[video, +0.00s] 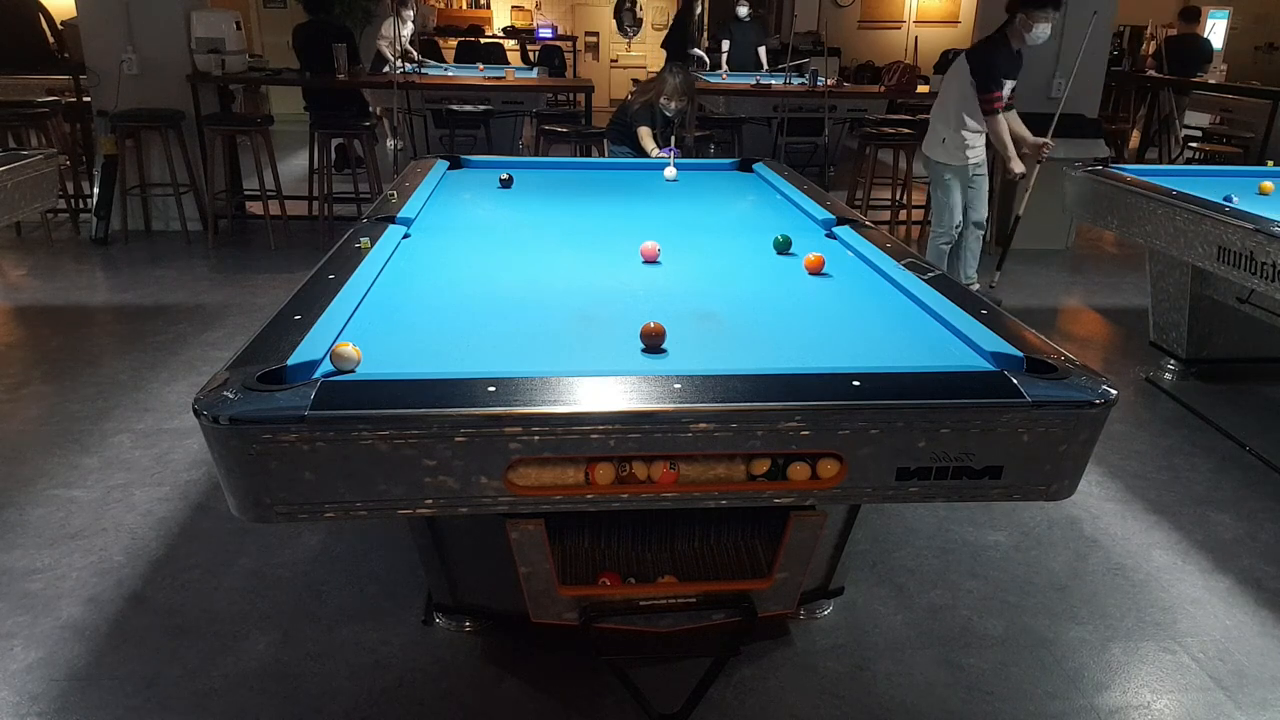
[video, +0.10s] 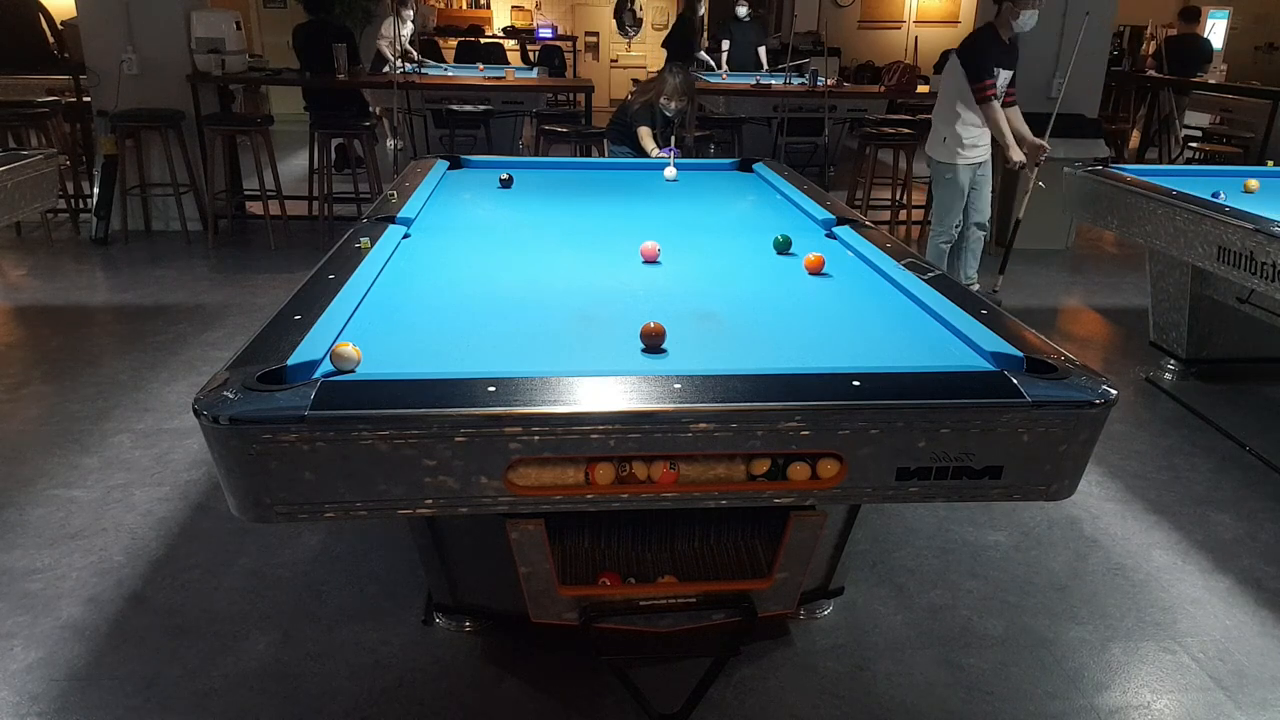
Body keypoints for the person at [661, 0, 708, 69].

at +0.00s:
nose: (700, 8)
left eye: (700, 5)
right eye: (699, 5)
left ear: (687, 5)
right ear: (694, 6)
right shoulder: (688, 19)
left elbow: (664, 45)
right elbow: (689, 48)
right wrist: (703, 55)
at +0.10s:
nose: (704, 7)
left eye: (703, 4)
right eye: (702, 4)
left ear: (688, 5)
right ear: (697, 6)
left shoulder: (681, 17)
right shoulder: (692, 20)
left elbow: (665, 44)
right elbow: (696, 50)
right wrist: (710, 61)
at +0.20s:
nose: (708, 10)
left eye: (708, 7)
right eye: (707, 7)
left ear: (694, 7)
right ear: (701, 8)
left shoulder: (684, 20)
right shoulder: (695, 24)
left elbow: (667, 43)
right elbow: (703, 51)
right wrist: (718, 65)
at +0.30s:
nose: (713, 12)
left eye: (712, 9)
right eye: (712, 9)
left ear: (697, 9)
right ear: (706, 10)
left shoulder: (687, 21)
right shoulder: (702, 25)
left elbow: (670, 42)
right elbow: (710, 50)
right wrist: (723, 63)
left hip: (672, 67)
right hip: (687, 70)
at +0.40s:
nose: (717, 16)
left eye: (717, 13)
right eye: (716, 13)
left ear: (701, 13)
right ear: (710, 14)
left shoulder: (687, 27)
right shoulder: (708, 30)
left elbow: (672, 43)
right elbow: (719, 53)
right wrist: (733, 66)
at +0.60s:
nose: (725, 24)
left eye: (725, 21)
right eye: (724, 21)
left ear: (709, 20)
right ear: (719, 22)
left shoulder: (695, 32)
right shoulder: (715, 39)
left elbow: (676, 44)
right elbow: (730, 58)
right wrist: (746, 70)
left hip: (672, 71)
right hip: (691, 75)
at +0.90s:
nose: (727, 26)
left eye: (727, 23)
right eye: (726, 23)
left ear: (709, 25)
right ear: (721, 25)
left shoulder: (696, 34)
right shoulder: (716, 41)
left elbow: (677, 45)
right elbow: (731, 60)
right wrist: (748, 70)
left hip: (672, 70)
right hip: (690, 75)